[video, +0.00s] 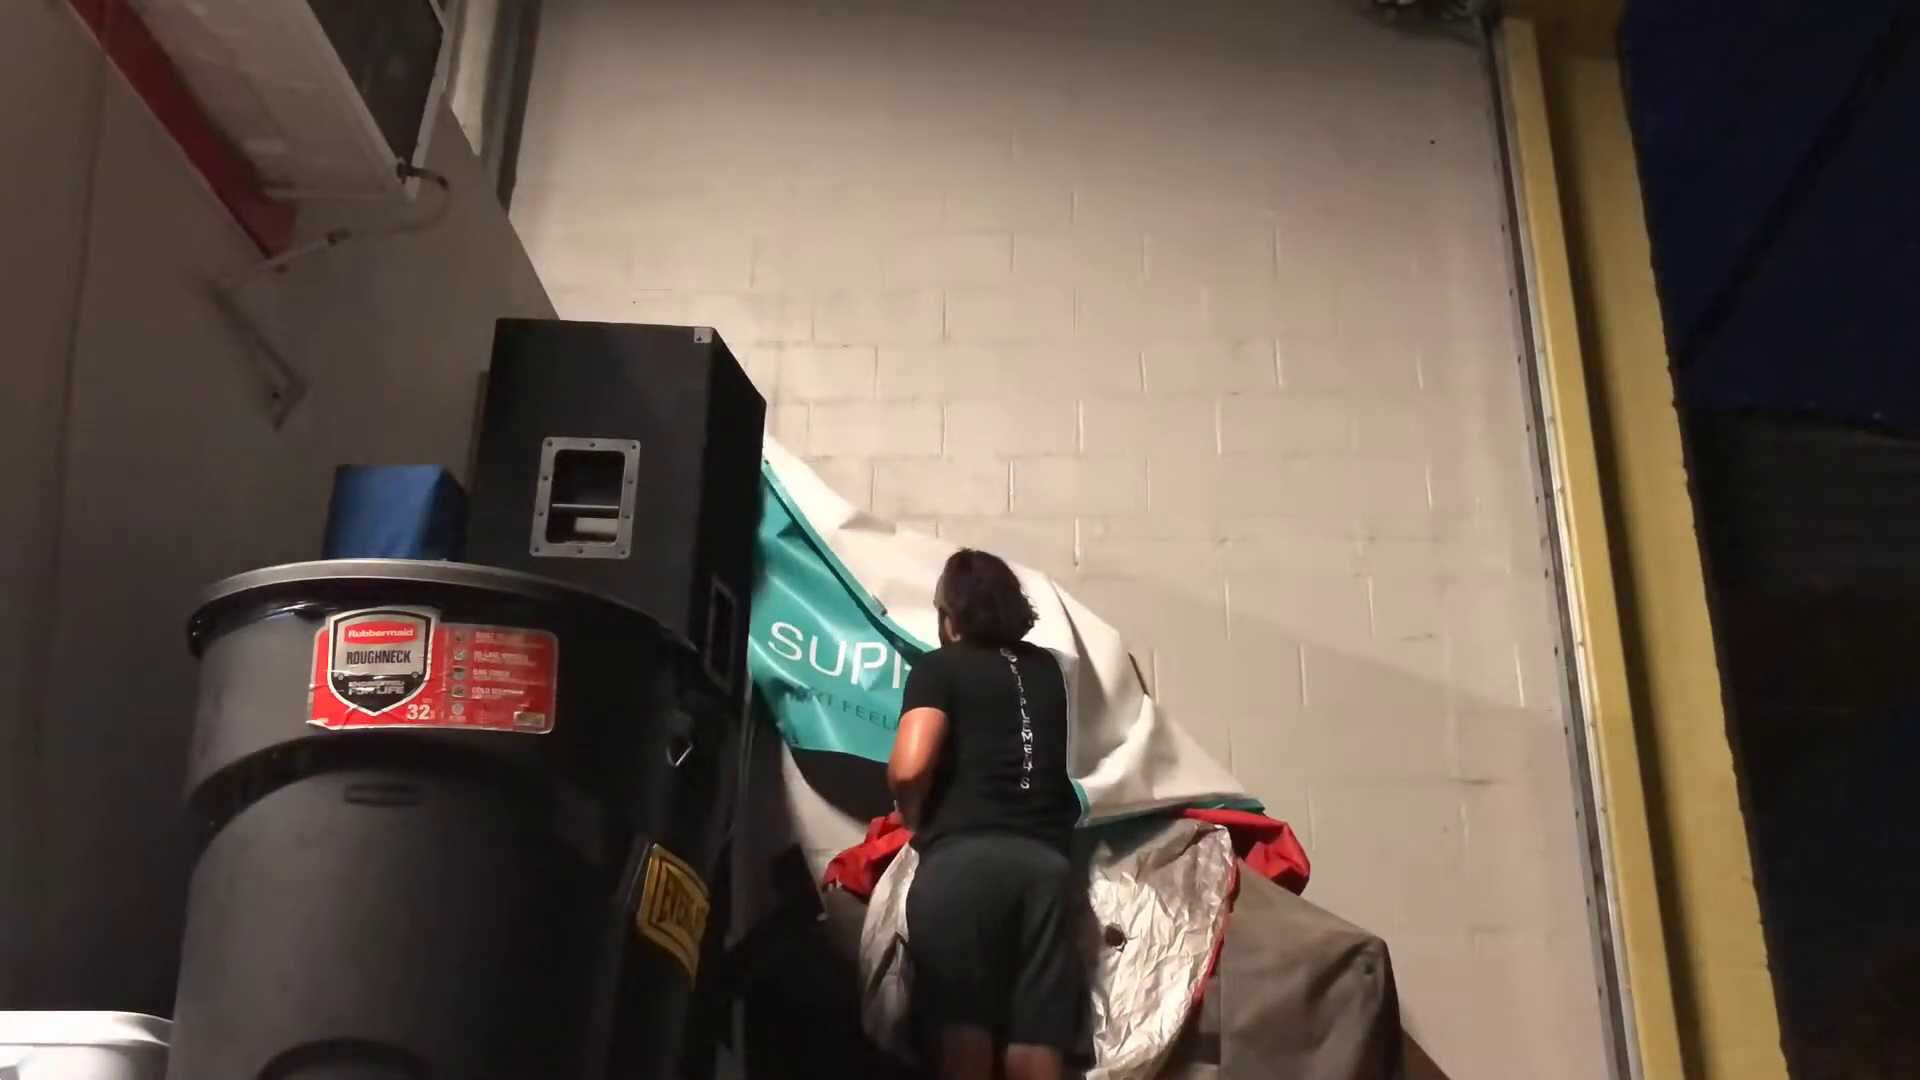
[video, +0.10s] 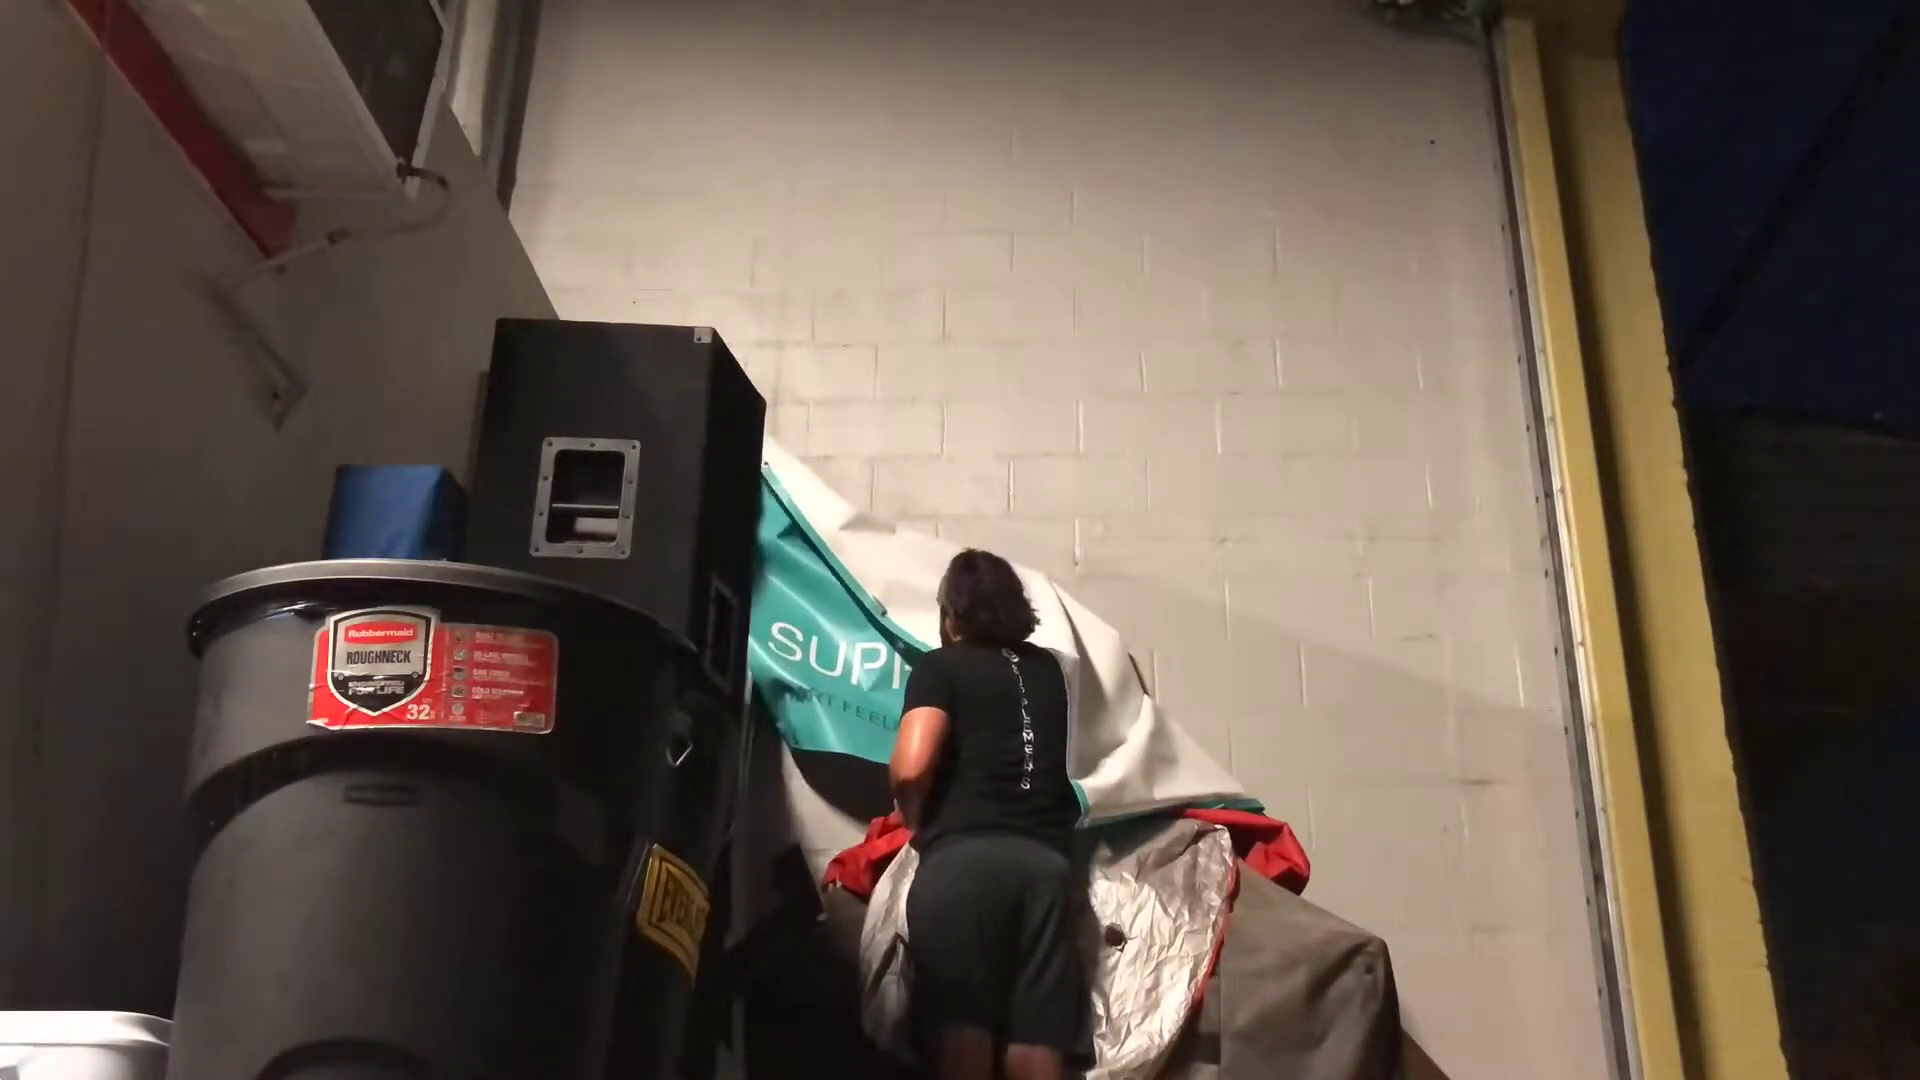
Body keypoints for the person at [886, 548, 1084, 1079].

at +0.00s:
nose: (939, 620)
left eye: (941, 609)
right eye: (941, 609)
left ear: (951, 615)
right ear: (1013, 611)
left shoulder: (939, 667)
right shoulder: (1048, 669)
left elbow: (908, 767)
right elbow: (1047, 762)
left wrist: (912, 820)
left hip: (963, 856)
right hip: (1047, 861)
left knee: (962, 1038)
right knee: (1038, 1043)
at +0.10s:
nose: (941, 618)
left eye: (943, 608)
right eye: (943, 608)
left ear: (952, 614)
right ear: (1015, 611)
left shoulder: (940, 666)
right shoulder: (1049, 669)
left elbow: (910, 767)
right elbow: (1046, 762)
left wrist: (913, 822)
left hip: (963, 855)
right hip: (1047, 861)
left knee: (962, 1037)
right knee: (1039, 1043)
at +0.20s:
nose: (949, 612)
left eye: (951, 603)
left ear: (953, 608)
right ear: (1019, 606)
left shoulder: (939, 665)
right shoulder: (1050, 670)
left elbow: (908, 767)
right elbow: (1050, 762)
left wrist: (914, 820)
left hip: (963, 855)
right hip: (1047, 861)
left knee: (962, 1038)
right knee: (1039, 1043)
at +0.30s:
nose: (933, 626)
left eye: (934, 614)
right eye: (934, 614)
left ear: (949, 619)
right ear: (1011, 613)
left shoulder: (938, 666)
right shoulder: (1046, 667)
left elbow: (910, 770)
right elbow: (1047, 762)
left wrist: (911, 819)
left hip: (965, 855)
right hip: (1048, 861)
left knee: (963, 1038)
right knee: (1039, 1045)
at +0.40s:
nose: (934, 624)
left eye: (936, 612)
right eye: (935, 612)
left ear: (950, 618)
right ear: (1012, 612)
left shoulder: (939, 666)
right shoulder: (1046, 667)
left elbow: (909, 770)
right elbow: (1047, 763)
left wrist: (912, 819)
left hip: (964, 856)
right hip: (1047, 862)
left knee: (963, 1039)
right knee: (1039, 1045)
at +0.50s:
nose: (935, 619)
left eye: (937, 609)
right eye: (937, 608)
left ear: (947, 615)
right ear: (1012, 609)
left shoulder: (940, 666)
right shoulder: (1047, 667)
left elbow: (911, 768)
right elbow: (1048, 762)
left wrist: (911, 819)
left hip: (964, 855)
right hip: (1047, 861)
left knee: (963, 1038)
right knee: (1038, 1044)